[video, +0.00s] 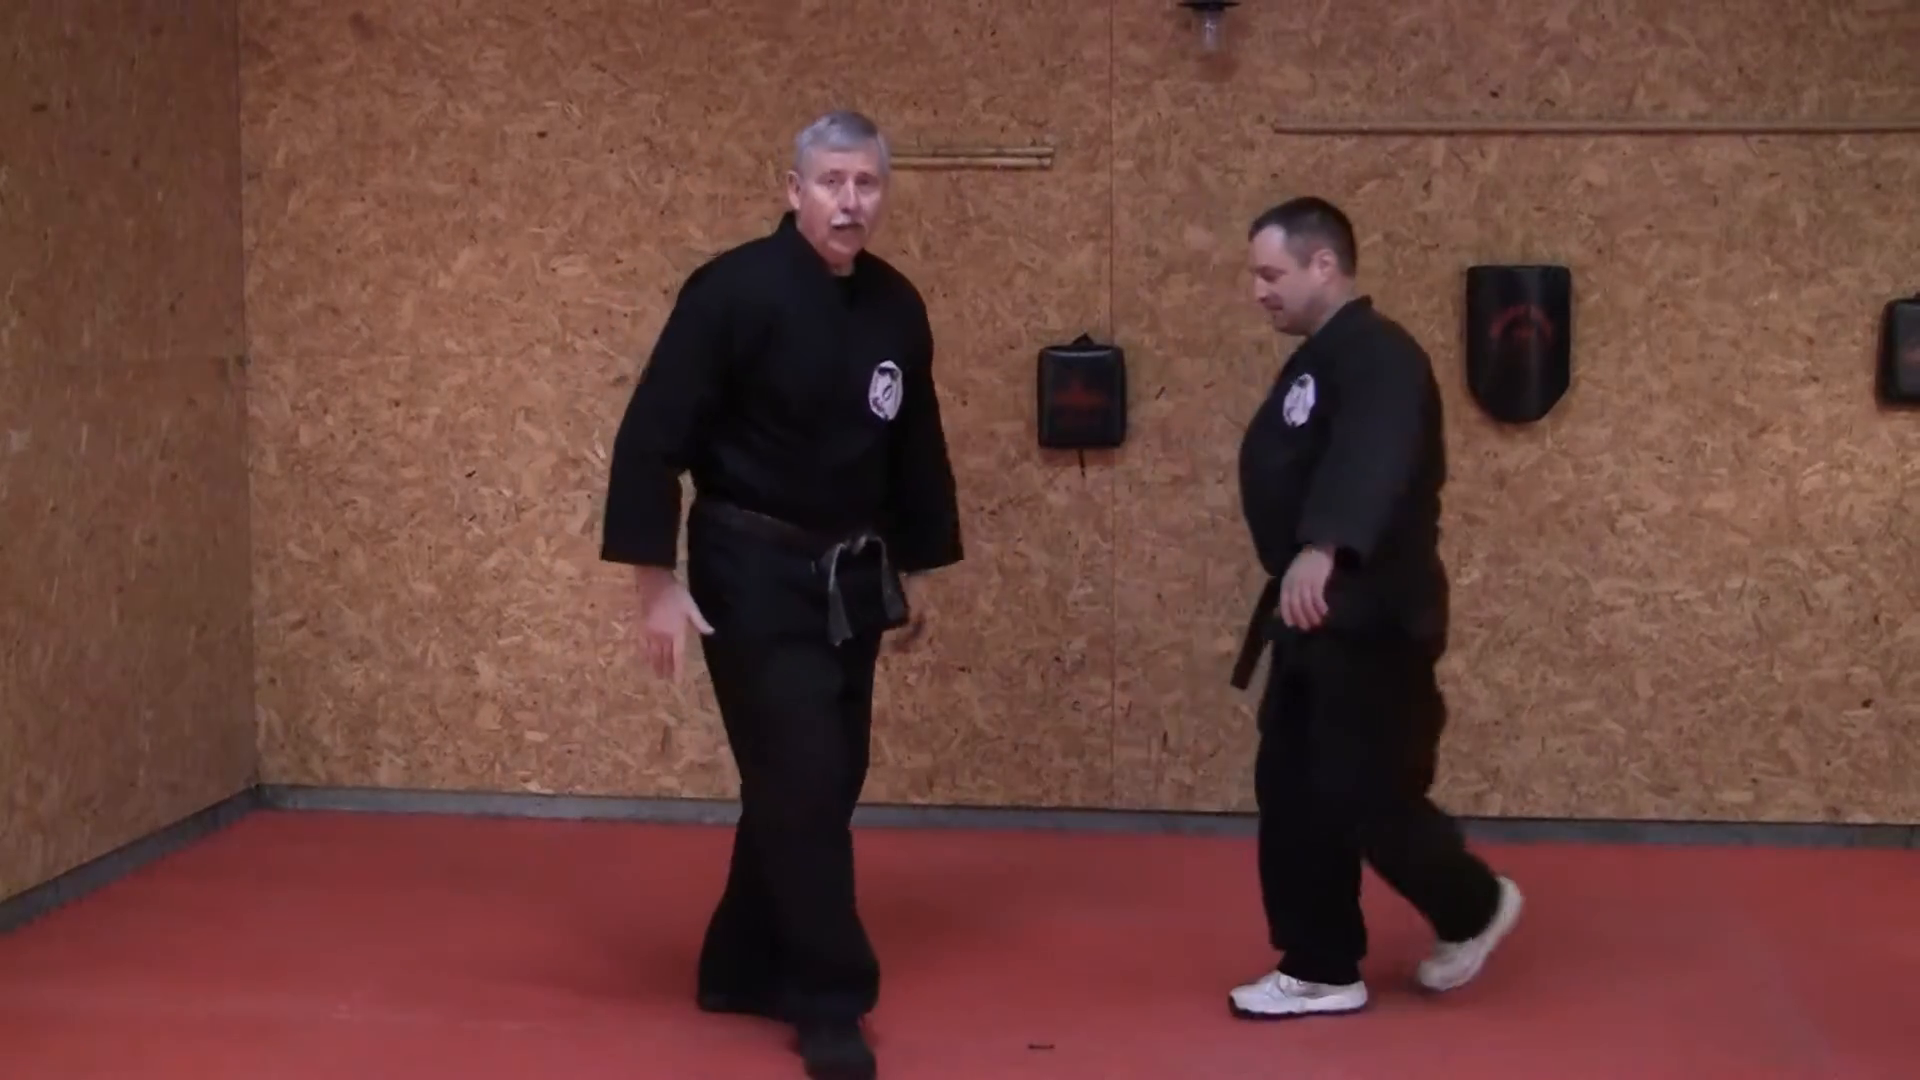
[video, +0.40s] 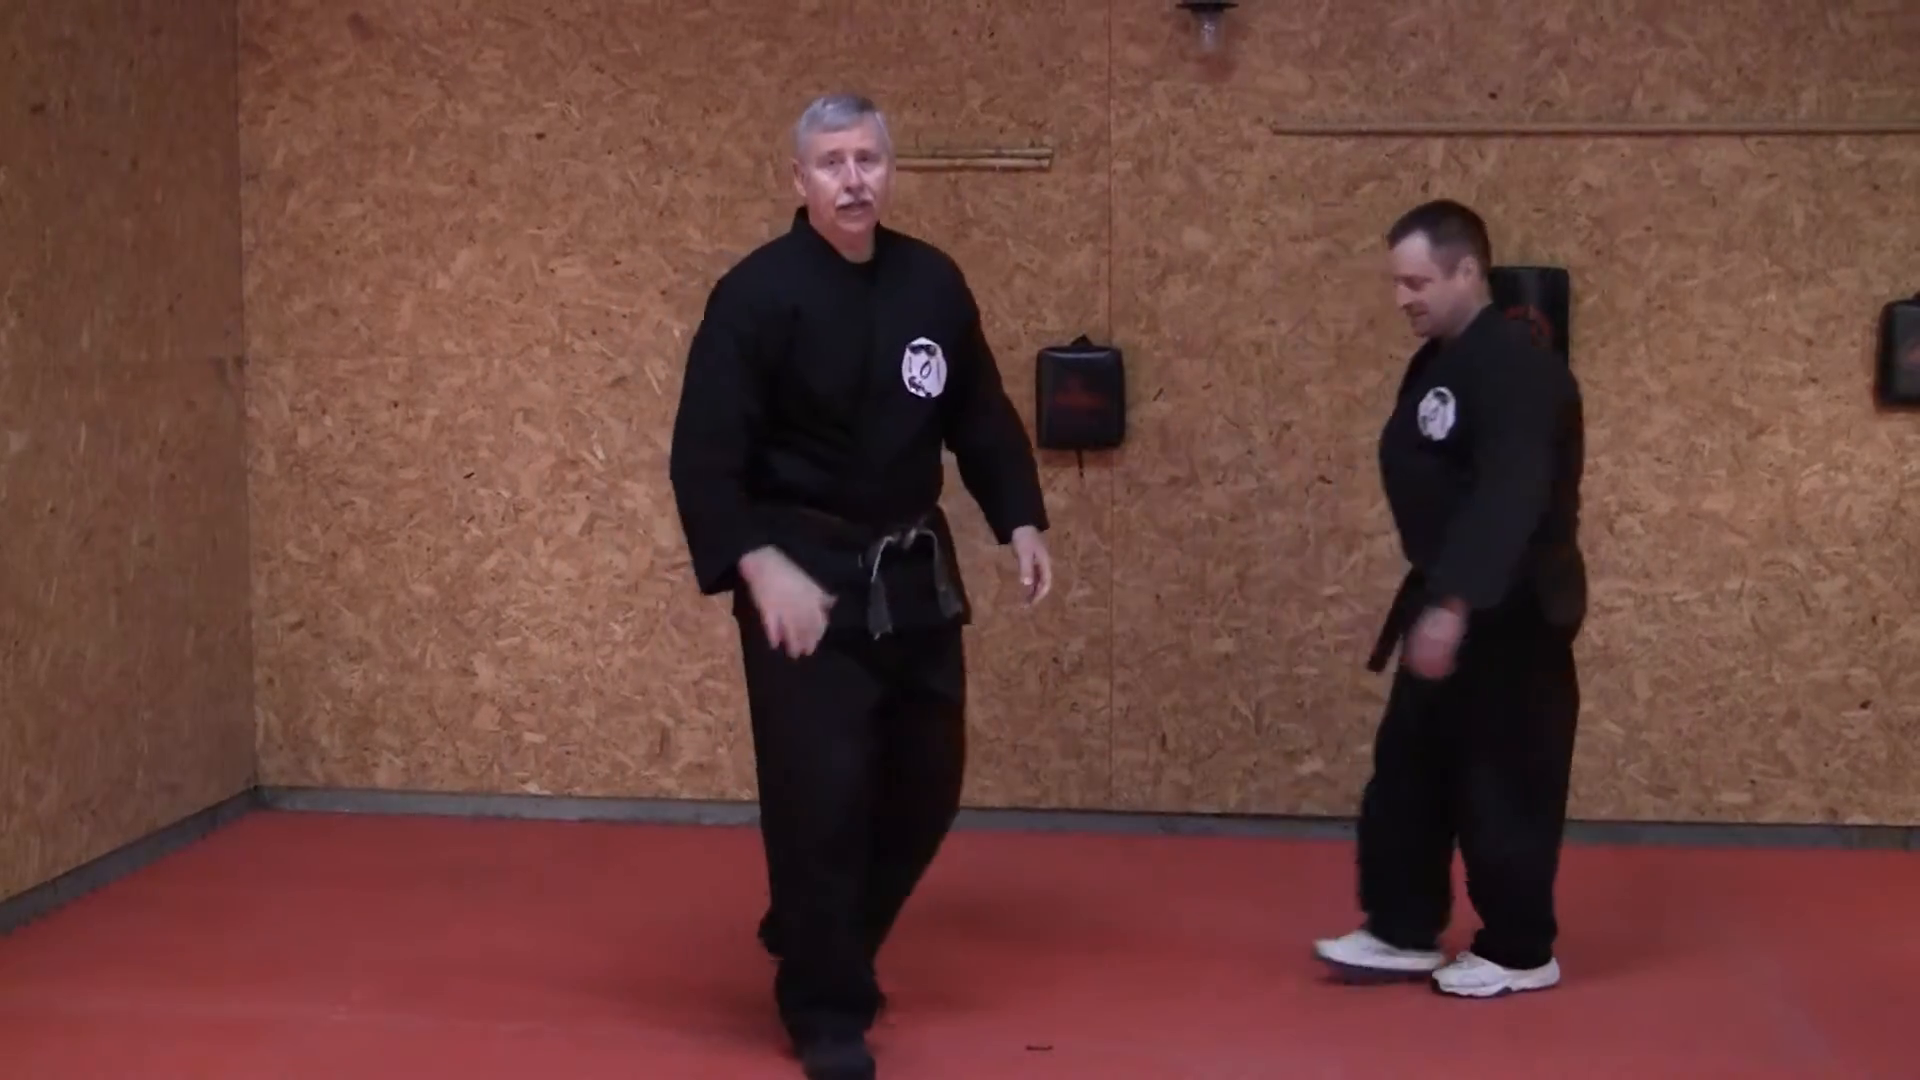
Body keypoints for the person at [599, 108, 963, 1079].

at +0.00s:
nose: (851, 200)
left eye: (867, 183)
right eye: (833, 181)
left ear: (884, 193)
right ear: (794, 187)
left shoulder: (894, 307)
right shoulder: (730, 291)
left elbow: (910, 448)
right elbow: (650, 433)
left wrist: (902, 576)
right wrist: (657, 582)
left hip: (851, 569)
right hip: (751, 566)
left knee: (822, 773)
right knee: (800, 776)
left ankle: (741, 964)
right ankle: (829, 1009)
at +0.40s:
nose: (853, 179)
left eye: (867, 160)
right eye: (832, 163)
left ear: (890, 170)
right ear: (798, 178)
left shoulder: (931, 281)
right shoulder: (754, 296)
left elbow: (978, 407)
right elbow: (701, 456)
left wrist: (1019, 516)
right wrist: (759, 563)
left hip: (912, 570)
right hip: (800, 578)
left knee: (922, 788)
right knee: (822, 799)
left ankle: (819, 939)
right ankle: (829, 1023)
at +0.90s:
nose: (931, 172)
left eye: (948, 156)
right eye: (913, 157)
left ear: (978, 172)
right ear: (887, 174)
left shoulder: (1025, 288)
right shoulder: (839, 285)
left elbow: (1079, 422)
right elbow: (764, 430)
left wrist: (1090, 555)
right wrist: (837, 386)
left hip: (996, 564)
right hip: (868, 567)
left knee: (1009, 789)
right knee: (844, 799)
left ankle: (995, 987)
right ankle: (830, 1018)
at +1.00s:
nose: (948, 171)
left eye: (964, 154)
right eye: (930, 156)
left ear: (994, 171)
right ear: (904, 173)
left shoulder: (1039, 289)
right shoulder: (855, 285)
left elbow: (1096, 421)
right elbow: (777, 427)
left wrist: (1113, 551)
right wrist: (840, 390)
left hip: (1011, 564)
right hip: (883, 566)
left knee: (1013, 790)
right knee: (854, 795)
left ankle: (993, 987)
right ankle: (830, 1014)